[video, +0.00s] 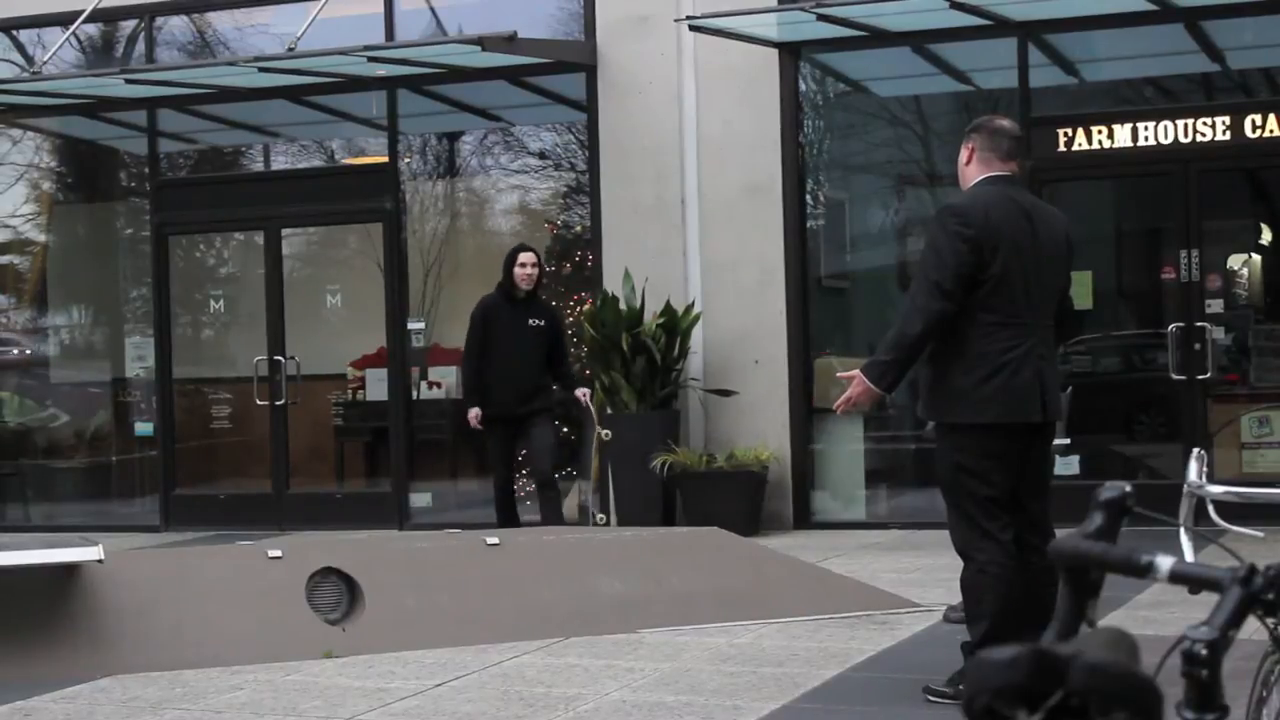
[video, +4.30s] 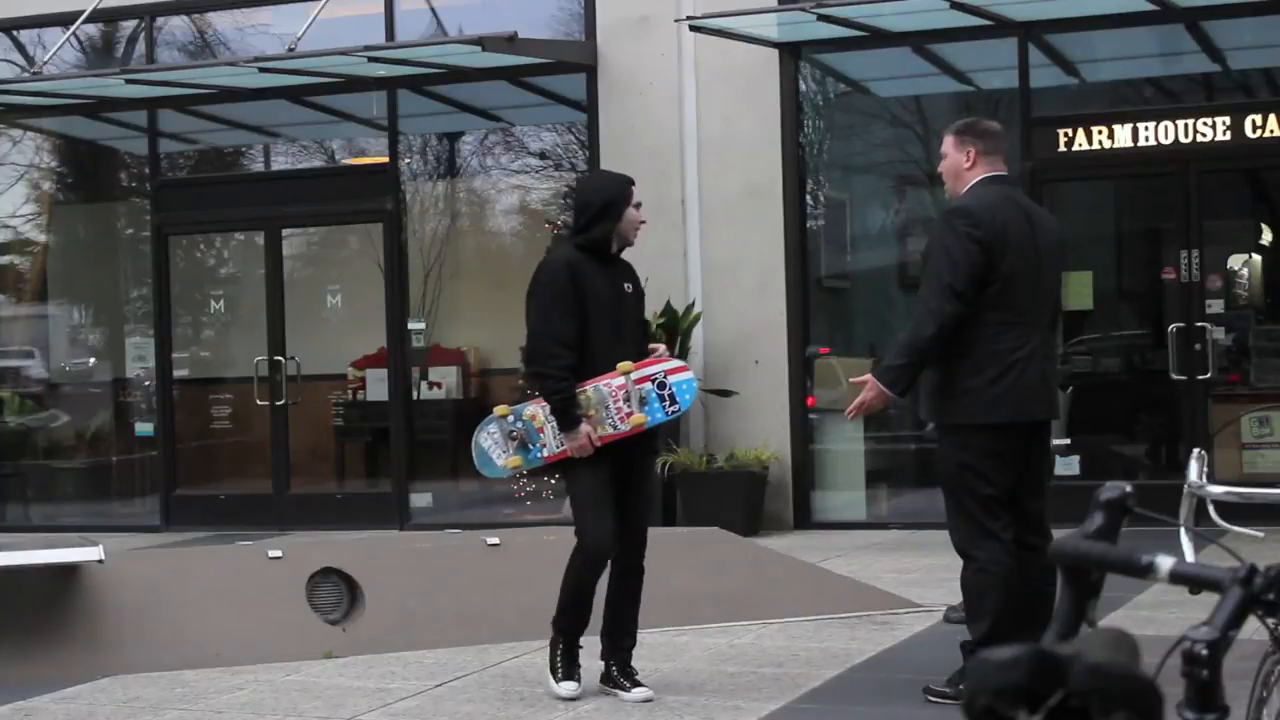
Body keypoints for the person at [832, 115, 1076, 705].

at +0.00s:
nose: (957, 166)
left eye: (959, 157)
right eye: (960, 158)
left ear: (969, 155)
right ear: (1020, 163)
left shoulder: (963, 215)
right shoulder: (1049, 221)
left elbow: (928, 307)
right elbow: (1065, 317)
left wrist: (877, 375)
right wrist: (1021, 349)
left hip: (972, 407)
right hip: (1033, 407)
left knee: (982, 539)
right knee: (1029, 533)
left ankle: (987, 674)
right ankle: (1032, 667)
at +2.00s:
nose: (956, 165)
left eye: (958, 155)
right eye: (959, 156)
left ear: (971, 153)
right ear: (1019, 161)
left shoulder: (965, 217)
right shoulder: (1048, 221)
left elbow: (931, 308)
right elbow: (1065, 317)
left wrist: (882, 376)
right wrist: (1023, 350)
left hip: (973, 408)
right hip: (1032, 407)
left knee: (981, 538)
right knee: (1027, 532)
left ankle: (986, 674)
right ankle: (1028, 667)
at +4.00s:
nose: (940, 168)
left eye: (945, 155)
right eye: (942, 157)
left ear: (971, 155)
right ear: (993, 155)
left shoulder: (967, 217)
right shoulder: (1042, 221)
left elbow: (938, 312)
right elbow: (1055, 318)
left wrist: (890, 378)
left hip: (975, 408)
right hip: (1031, 407)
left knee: (983, 539)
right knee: (1028, 533)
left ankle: (987, 675)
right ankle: (1027, 666)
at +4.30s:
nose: (938, 167)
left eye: (943, 156)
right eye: (940, 156)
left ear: (969, 156)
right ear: (991, 156)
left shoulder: (966, 218)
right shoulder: (1037, 219)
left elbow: (938, 311)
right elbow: (1040, 316)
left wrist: (890, 377)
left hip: (975, 408)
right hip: (1029, 406)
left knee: (981, 539)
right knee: (1026, 532)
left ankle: (987, 674)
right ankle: (1027, 665)